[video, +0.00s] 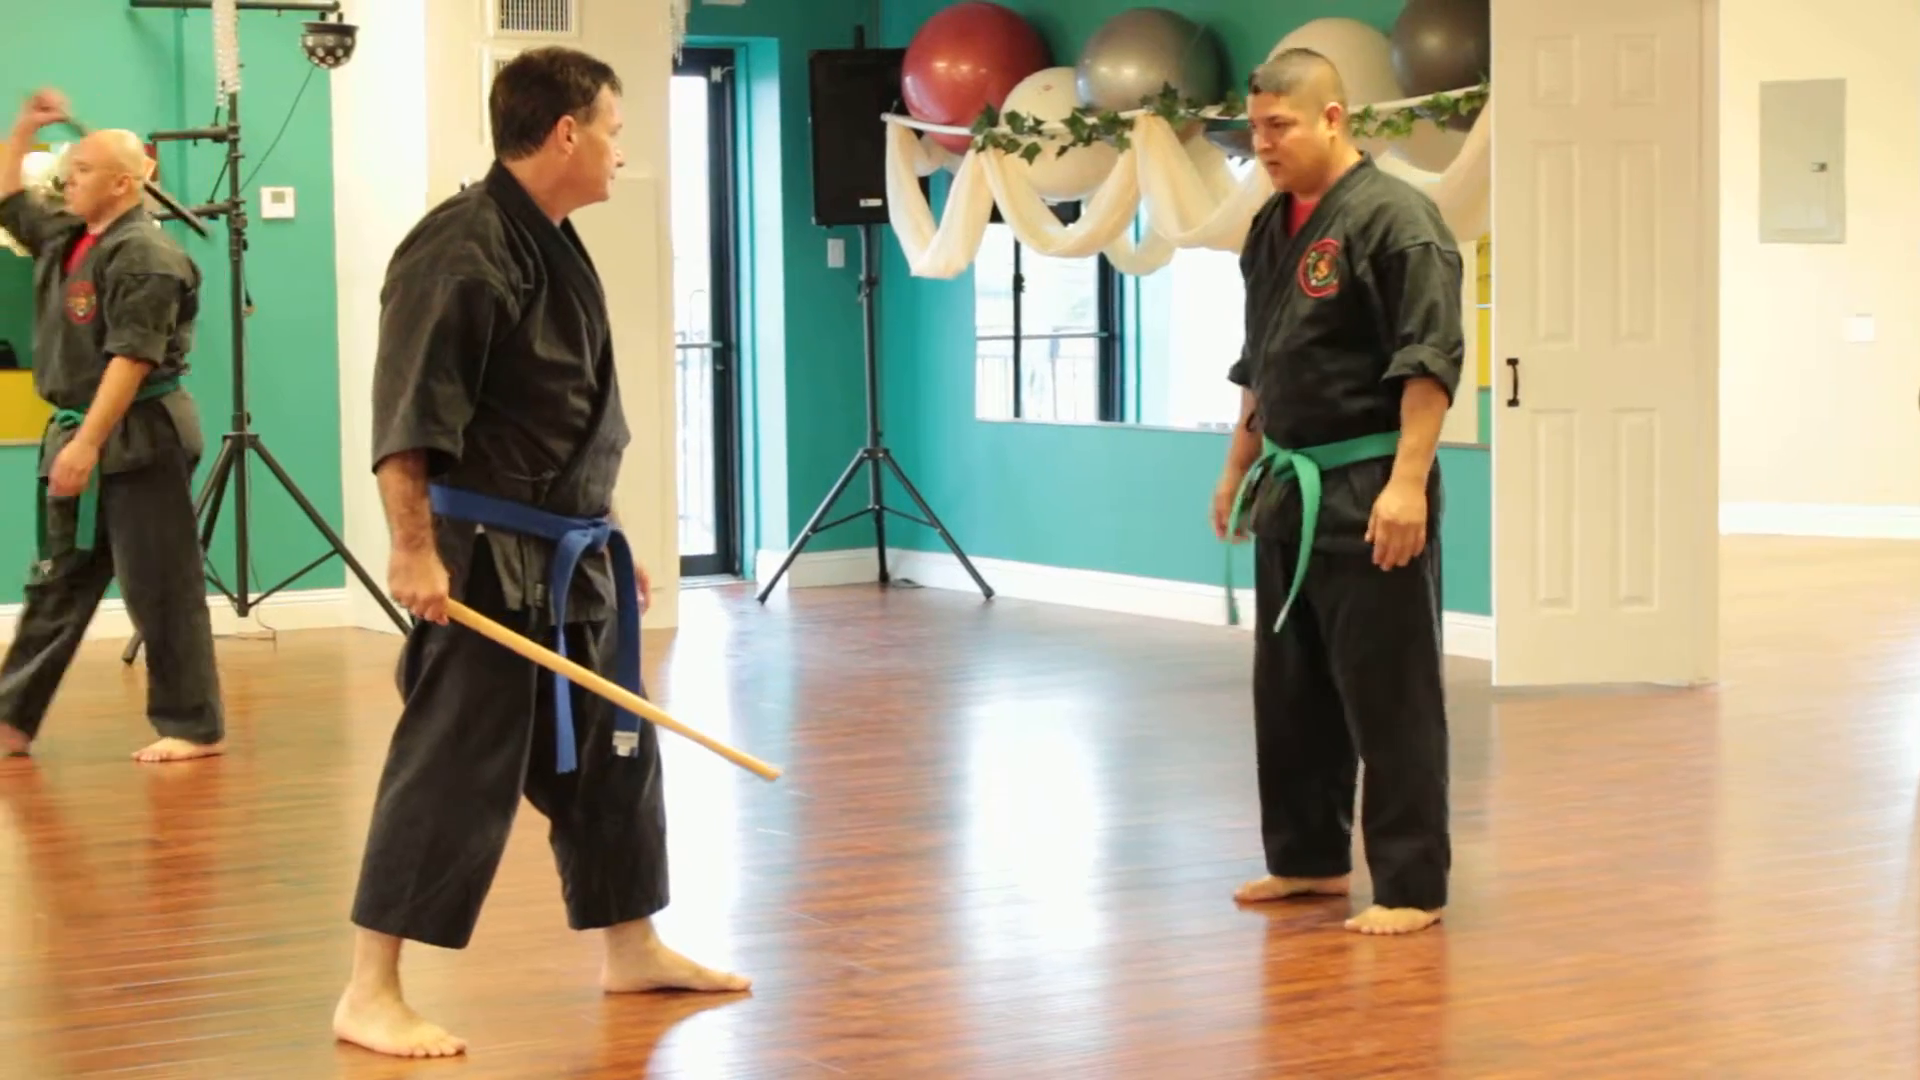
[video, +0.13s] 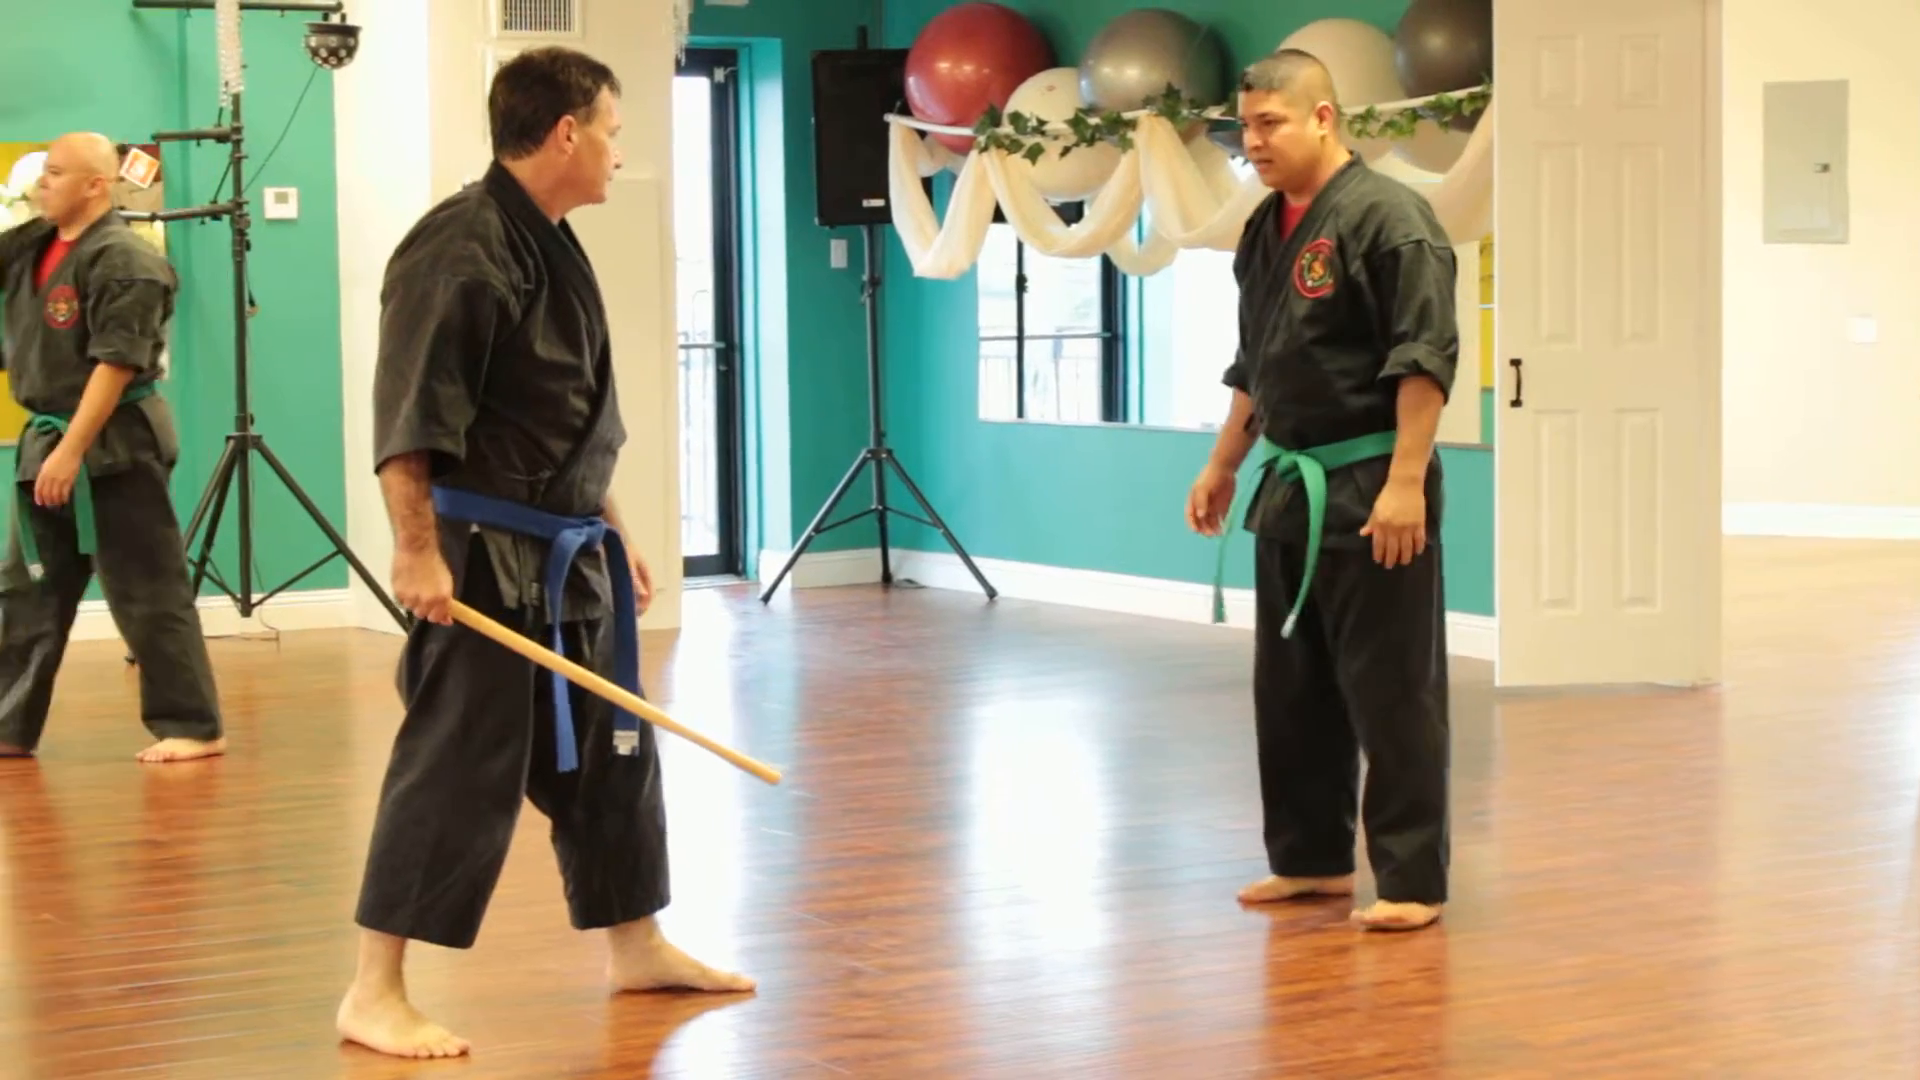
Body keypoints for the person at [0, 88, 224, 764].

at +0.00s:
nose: (65, 178)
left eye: (79, 169)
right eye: (67, 167)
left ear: (124, 182)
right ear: (107, 180)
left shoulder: (148, 257)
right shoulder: (64, 233)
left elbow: (133, 362)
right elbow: (11, 198)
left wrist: (87, 442)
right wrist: (23, 130)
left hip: (139, 426)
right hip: (77, 423)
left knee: (163, 581)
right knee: (61, 581)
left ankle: (192, 727)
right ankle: (12, 721)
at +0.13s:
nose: (41, 182)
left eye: (54, 173)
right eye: (44, 172)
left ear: (95, 185)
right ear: (77, 185)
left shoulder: (127, 257)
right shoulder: (31, 248)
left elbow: (118, 364)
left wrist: (68, 449)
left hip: (117, 437)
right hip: (48, 437)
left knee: (151, 587)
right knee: (31, 594)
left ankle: (191, 727)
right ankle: (11, 730)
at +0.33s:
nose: (6, 183)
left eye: (19, 172)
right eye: (7, 172)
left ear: (62, 185)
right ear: (22, 184)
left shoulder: (107, 254)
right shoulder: (16, 254)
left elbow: (123, 358)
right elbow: (19, 357)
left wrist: (96, 449)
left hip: (108, 433)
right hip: (38, 436)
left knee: (136, 583)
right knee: (28, 589)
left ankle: (189, 721)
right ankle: (23, 726)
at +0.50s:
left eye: (7, 170)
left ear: (48, 180)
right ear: (22, 181)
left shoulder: (99, 248)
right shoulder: (13, 253)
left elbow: (125, 348)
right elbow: (21, 357)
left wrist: (121, 440)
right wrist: (18, 424)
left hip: (102, 431)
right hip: (33, 434)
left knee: (127, 581)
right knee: (25, 587)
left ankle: (179, 718)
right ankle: (26, 725)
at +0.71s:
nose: (16, 177)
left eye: (29, 168)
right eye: (16, 167)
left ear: (73, 179)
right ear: (37, 182)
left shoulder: (114, 248)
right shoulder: (30, 254)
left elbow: (131, 350)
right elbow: (24, 349)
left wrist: (120, 441)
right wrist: (13, 413)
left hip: (113, 431)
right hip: (47, 430)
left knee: (127, 582)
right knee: (38, 584)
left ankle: (160, 723)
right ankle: (32, 725)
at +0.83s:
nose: (35, 187)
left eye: (48, 177)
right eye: (36, 176)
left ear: (90, 187)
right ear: (73, 188)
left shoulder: (127, 256)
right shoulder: (69, 255)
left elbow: (134, 363)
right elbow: (76, 356)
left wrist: (105, 452)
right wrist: (68, 438)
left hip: (135, 432)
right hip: (81, 430)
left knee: (132, 583)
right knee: (63, 583)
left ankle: (153, 731)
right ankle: (43, 724)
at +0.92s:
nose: (45, 192)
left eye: (58, 183)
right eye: (48, 181)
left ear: (99, 196)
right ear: (88, 197)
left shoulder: (129, 263)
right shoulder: (91, 257)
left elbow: (134, 375)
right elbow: (106, 365)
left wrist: (97, 465)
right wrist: (89, 446)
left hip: (151, 435)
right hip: (106, 431)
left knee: (142, 584)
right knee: (77, 581)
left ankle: (156, 732)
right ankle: (57, 720)